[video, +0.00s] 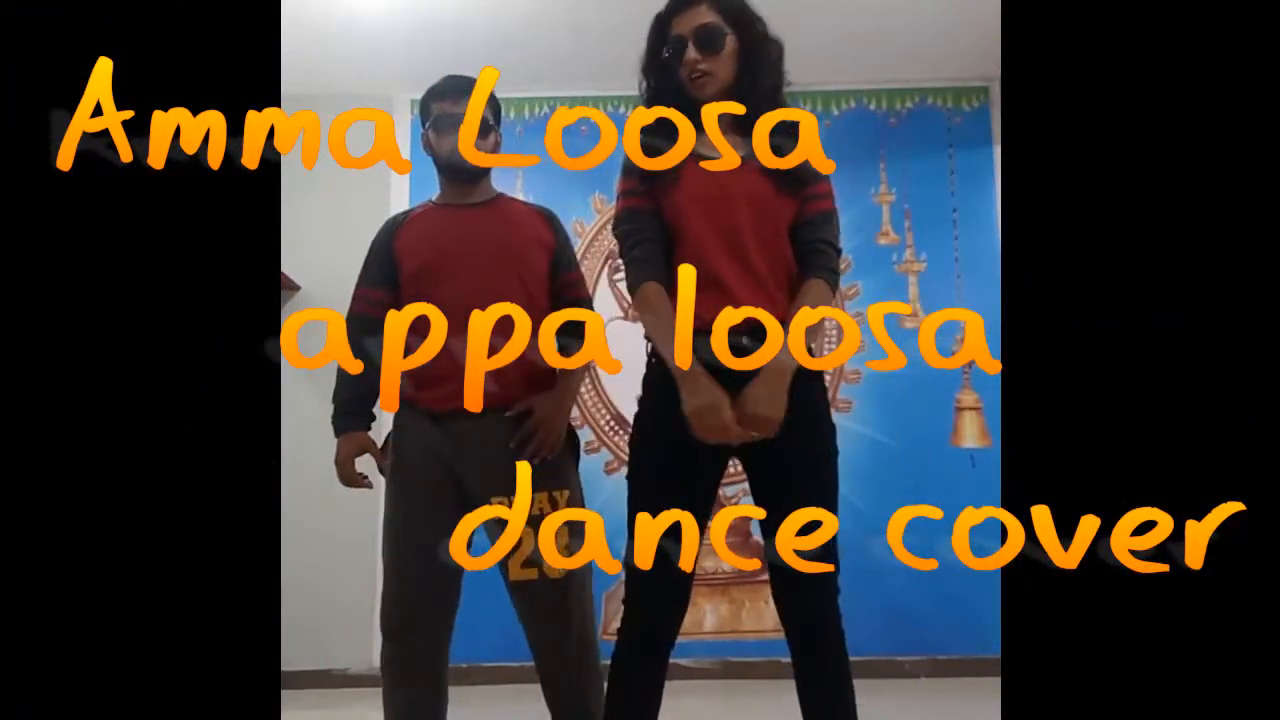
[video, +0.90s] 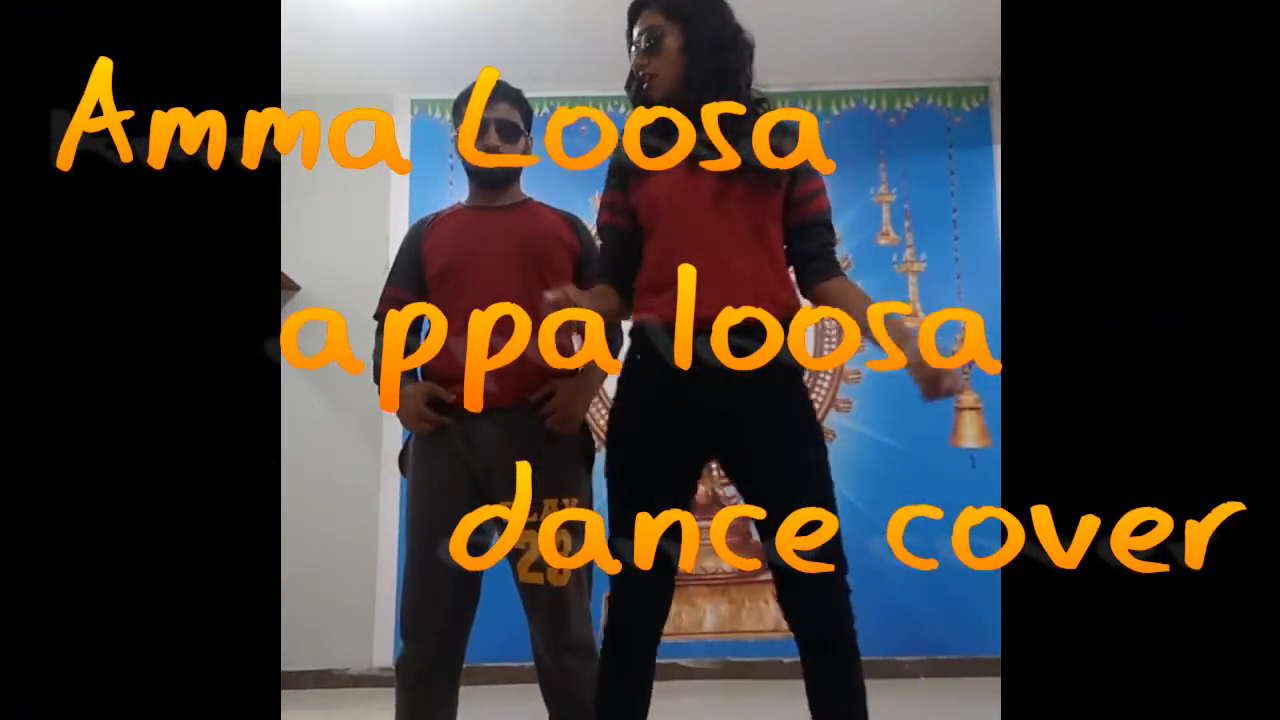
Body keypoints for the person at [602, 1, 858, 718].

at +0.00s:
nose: (692, 57)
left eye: (708, 38)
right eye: (675, 48)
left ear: (747, 44)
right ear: (663, 64)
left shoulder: (789, 133)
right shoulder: (652, 140)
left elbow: (822, 260)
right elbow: (640, 265)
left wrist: (783, 367)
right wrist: (686, 372)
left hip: (786, 383)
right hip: (679, 384)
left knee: (810, 598)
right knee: (653, 602)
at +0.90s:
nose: (635, 61)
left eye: (653, 42)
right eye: (634, 46)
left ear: (709, 47)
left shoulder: (778, 137)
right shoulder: (636, 148)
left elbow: (820, 272)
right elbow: (615, 285)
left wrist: (909, 347)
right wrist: (582, 301)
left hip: (765, 387)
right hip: (658, 388)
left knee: (818, 599)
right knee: (636, 602)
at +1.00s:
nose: (655, 56)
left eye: (673, 36)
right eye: (645, 46)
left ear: (721, 40)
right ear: (640, 65)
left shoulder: (782, 135)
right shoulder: (645, 148)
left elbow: (835, 271)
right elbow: (627, 301)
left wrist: (949, 289)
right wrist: (570, 276)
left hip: (787, 388)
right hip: (679, 389)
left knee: (821, 603)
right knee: (651, 604)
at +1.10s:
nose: (672, 53)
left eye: (690, 35)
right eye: (657, 45)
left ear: (731, 42)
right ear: (647, 66)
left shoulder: (786, 135)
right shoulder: (649, 152)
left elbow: (846, 272)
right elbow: (630, 304)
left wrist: (957, 249)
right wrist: (567, 257)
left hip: (796, 388)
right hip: (686, 391)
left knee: (822, 601)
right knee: (653, 605)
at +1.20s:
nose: (694, 48)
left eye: (711, 30)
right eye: (675, 39)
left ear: (744, 44)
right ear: (659, 62)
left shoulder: (790, 132)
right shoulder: (655, 150)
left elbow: (868, 253)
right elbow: (632, 298)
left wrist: (953, 164)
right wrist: (560, 207)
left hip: (797, 388)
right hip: (689, 390)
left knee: (824, 598)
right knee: (643, 603)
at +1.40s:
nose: (710, 49)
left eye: (726, 31)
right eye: (691, 38)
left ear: (755, 44)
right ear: (671, 57)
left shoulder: (792, 133)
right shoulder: (659, 147)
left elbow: (890, 205)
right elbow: (620, 288)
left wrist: (899, 74)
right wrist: (563, 181)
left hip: (774, 384)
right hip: (670, 385)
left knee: (808, 600)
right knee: (635, 601)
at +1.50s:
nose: (710, 47)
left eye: (727, 32)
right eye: (691, 36)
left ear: (755, 47)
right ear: (670, 55)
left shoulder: (789, 134)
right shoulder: (659, 147)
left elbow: (888, 186)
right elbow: (617, 285)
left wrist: (885, 63)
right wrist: (562, 182)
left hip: (767, 380)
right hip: (664, 378)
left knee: (802, 592)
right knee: (637, 594)